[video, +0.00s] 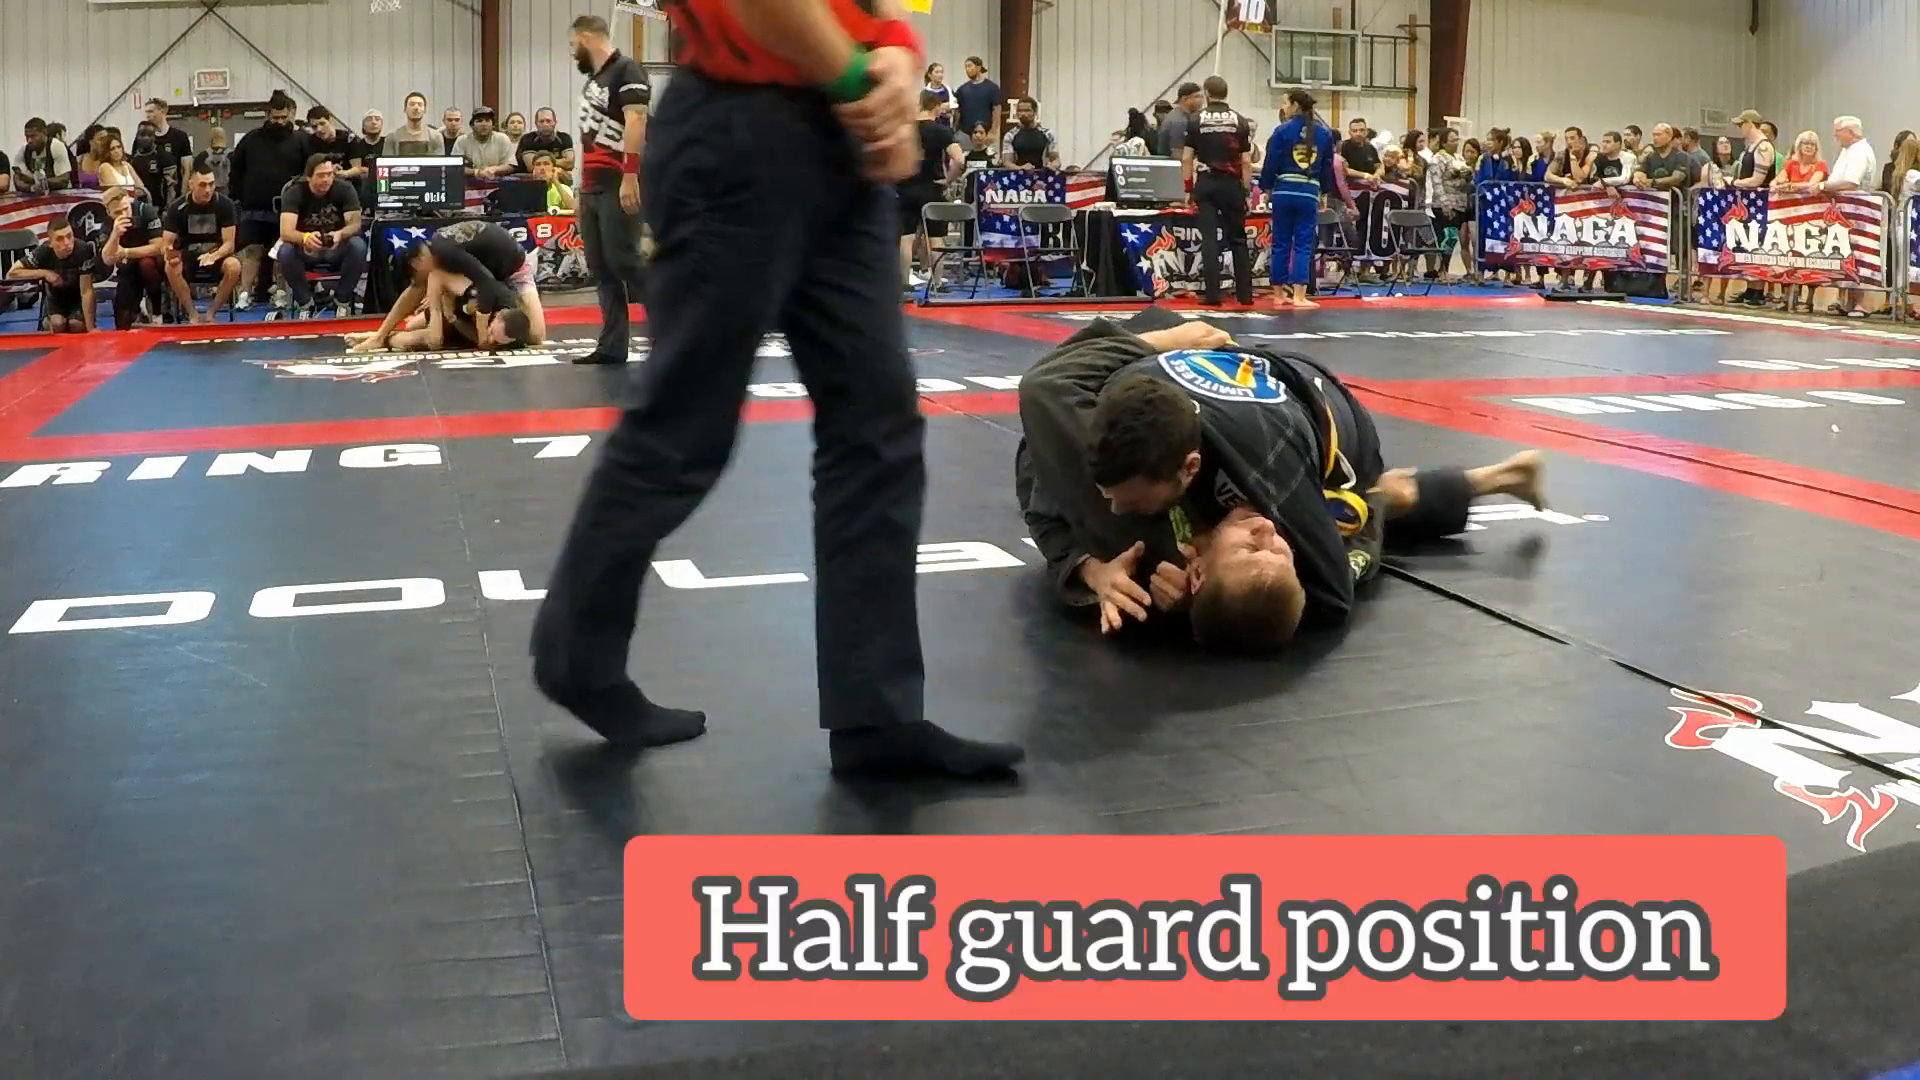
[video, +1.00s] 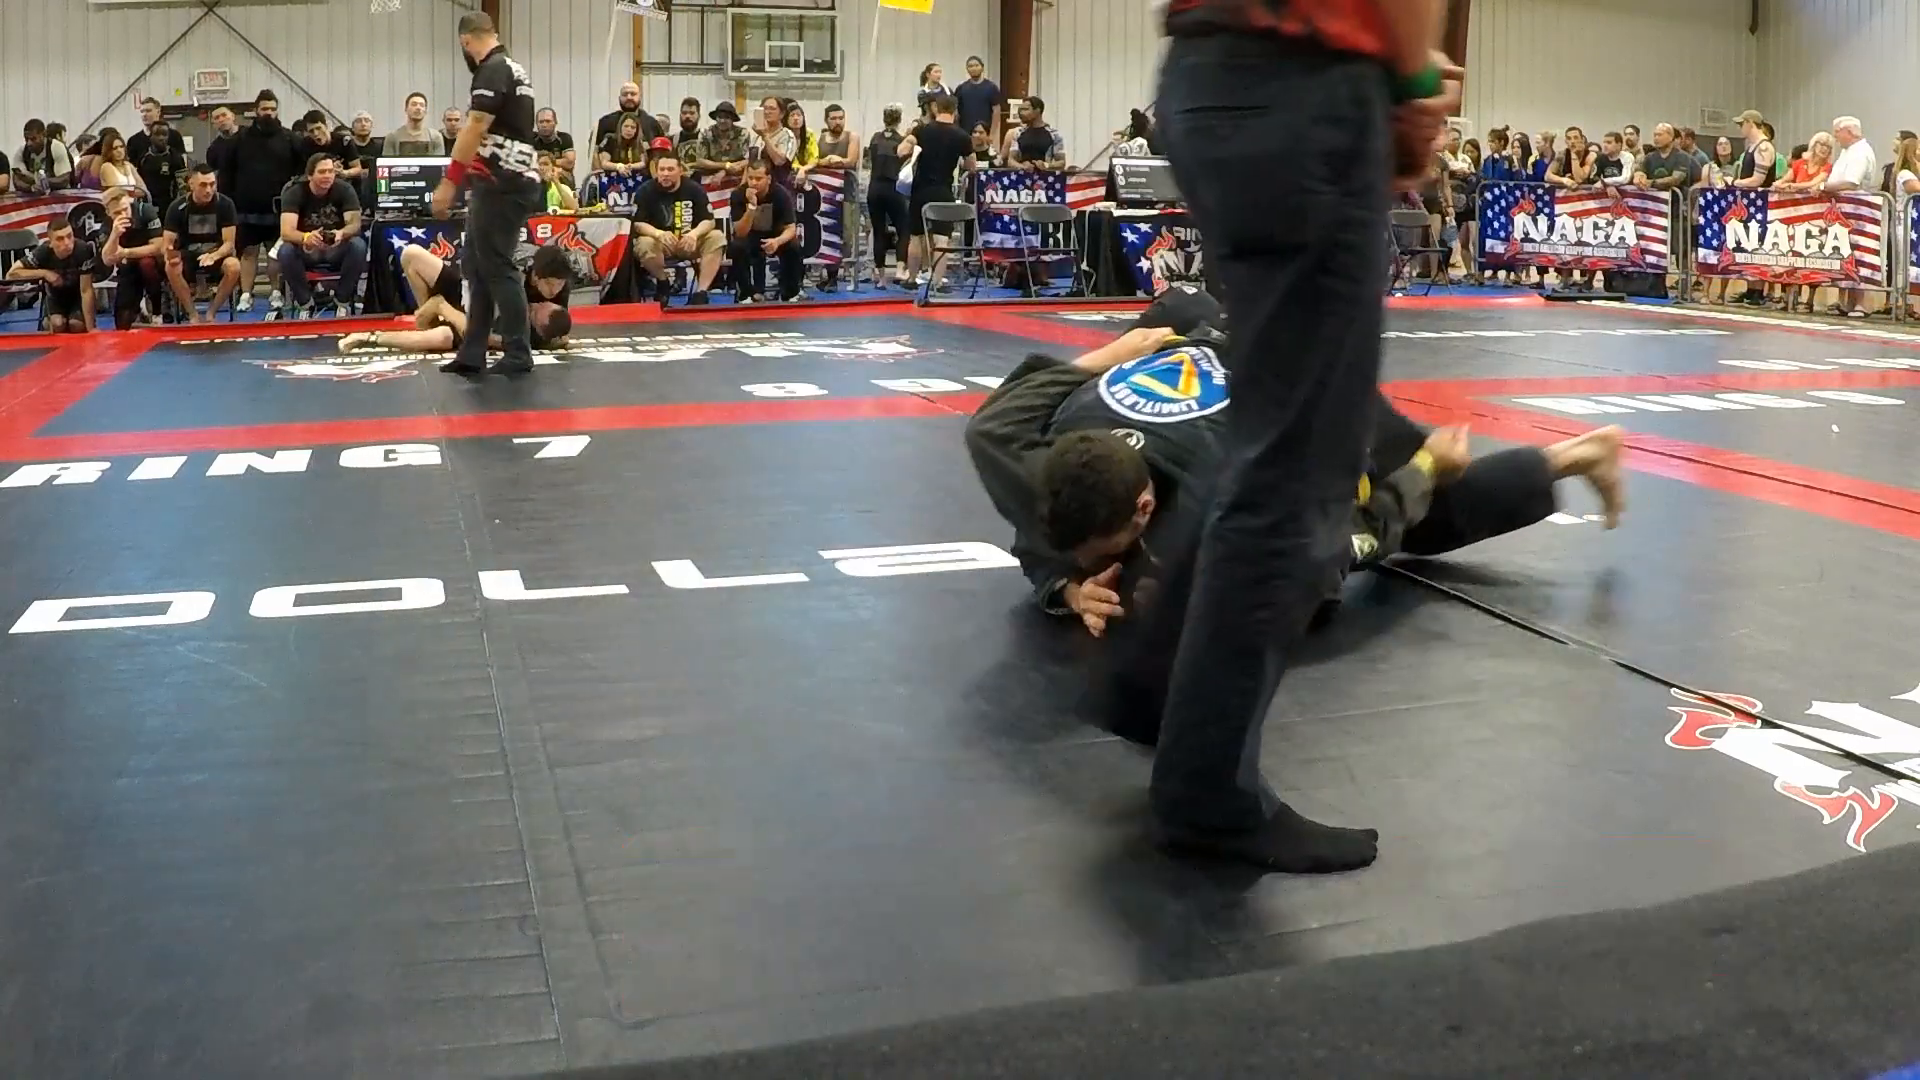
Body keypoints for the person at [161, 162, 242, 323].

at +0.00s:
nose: (208, 190)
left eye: (211, 184)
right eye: (202, 185)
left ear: (215, 183)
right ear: (191, 184)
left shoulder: (224, 205)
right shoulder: (177, 207)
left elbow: (229, 243)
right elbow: (167, 242)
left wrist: (214, 255)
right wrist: (171, 257)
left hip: (215, 254)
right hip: (187, 255)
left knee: (234, 266)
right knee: (171, 268)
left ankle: (211, 314)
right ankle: (193, 315)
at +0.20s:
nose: (208, 190)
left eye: (211, 185)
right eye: (202, 185)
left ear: (215, 184)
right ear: (191, 185)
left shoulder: (224, 205)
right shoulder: (177, 208)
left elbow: (229, 243)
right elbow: (167, 243)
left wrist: (214, 256)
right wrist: (171, 256)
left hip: (215, 254)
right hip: (187, 255)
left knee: (234, 266)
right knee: (171, 268)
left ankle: (211, 314)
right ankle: (193, 315)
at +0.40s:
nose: (208, 190)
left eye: (211, 185)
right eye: (202, 185)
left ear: (215, 184)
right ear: (190, 185)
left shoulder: (225, 204)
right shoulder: (178, 207)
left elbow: (230, 242)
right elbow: (167, 242)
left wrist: (214, 255)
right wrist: (171, 256)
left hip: (215, 253)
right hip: (188, 255)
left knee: (234, 266)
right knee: (171, 268)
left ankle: (211, 313)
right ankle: (193, 315)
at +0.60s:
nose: (208, 190)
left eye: (211, 185)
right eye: (203, 185)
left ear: (215, 183)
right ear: (191, 184)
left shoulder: (225, 204)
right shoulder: (177, 207)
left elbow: (229, 243)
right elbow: (167, 242)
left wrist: (214, 255)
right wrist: (171, 256)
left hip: (215, 253)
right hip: (188, 255)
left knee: (234, 266)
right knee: (171, 268)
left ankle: (211, 313)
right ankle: (193, 315)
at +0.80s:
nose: (208, 190)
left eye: (211, 185)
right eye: (203, 185)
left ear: (215, 183)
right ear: (191, 184)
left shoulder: (225, 204)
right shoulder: (178, 207)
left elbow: (229, 243)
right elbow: (167, 243)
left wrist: (215, 255)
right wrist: (172, 257)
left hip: (216, 252)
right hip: (188, 253)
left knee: (234, 267)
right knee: (172, 268)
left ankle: (211, 312)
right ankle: (193, 315)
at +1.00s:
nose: (208, 190)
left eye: (212, 184)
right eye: (203, 185)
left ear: (216, 183)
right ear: (190, 184)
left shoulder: (225, 204)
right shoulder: (177, 207)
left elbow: (229, 243)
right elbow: (167, 243)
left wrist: (214, 255)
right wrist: (171, 257)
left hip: (216, 252)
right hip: (188, 253)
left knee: (234, 266)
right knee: (172, 268)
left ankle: (211, 313)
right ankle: (193, 315)